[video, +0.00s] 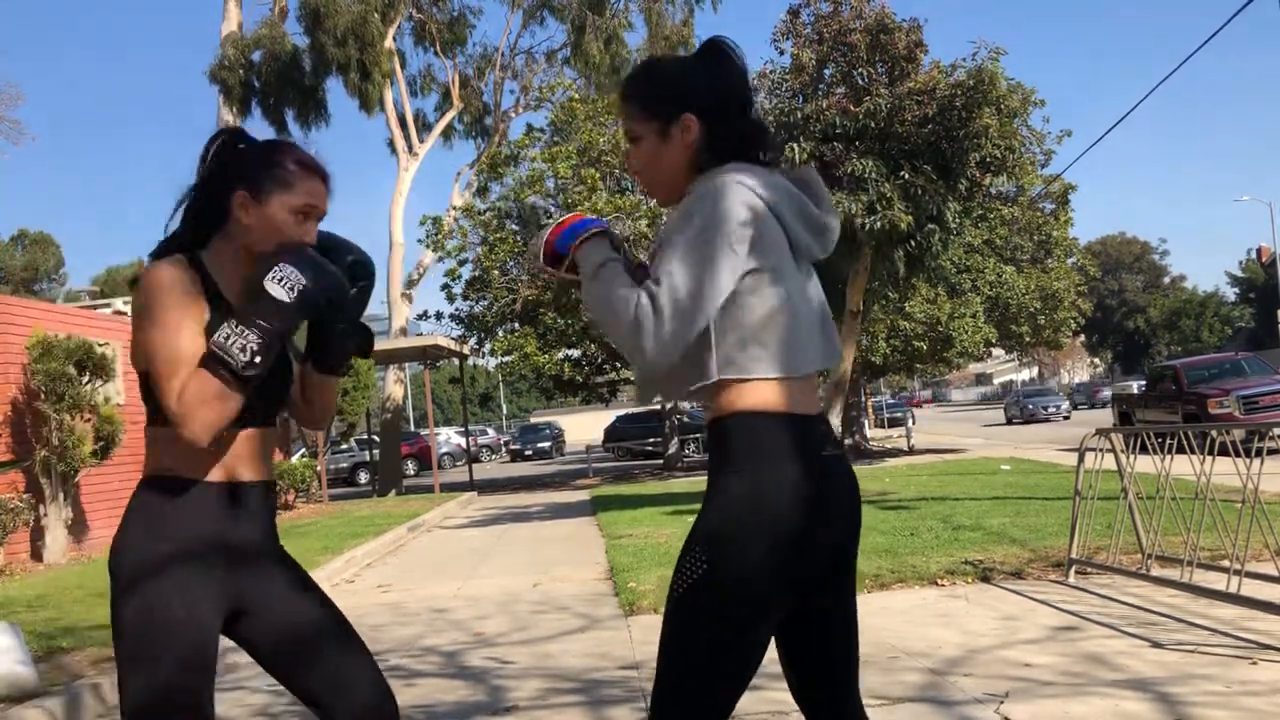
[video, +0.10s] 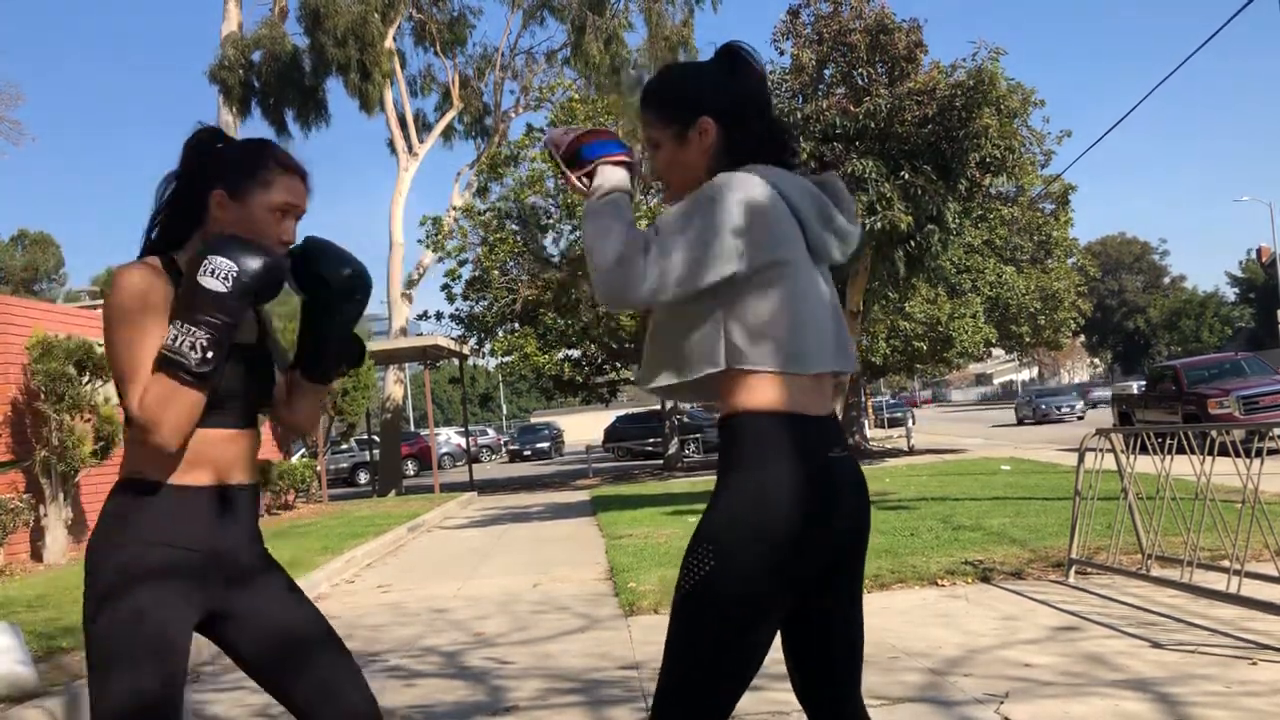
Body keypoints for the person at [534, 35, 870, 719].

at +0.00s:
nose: (627, 162)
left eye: (635, 139)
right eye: (627, 142)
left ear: (686, 131)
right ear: (685, 133)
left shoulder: (721, 198)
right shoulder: (762, 199)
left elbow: (656, 339)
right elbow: (675, 365)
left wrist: (589, 243)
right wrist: (610, 270)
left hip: (758, 478)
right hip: (817, 471)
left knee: (683, 706)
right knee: (834, 703)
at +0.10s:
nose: (649, 165)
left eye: (655, 146)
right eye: (646, 149)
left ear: (705, 135)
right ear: (711, 133)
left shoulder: (735, 199)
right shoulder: (789, 203)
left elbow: (620, 279)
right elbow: (656, 276)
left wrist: (610, 183)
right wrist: (609, 198)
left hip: (764, 480)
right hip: (829, 474)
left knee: (685, 706)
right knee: (836, 702)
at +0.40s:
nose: (638, 172)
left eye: (646, 151)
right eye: (636, 154)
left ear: (692, 137)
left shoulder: (707, 198)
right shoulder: (779, 207)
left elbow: (561, 236)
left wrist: (599, 121)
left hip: (753, 479)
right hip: (828, 473)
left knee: (692, 706)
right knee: (833, 700)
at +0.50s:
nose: (639, 173)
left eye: (643, 153)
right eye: (637, 157)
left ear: (688, 139)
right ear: (695, 138)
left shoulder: (705, 204)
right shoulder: (784, 210)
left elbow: (568, 262)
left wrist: (520, 169)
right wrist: (648, 303)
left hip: (749, 479)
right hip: (827, 475)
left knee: (686, 707)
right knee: (833, 701)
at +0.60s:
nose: (638, 178)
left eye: (643, 158)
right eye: (636, 162)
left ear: (690, 146)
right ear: (700, 145)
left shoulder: (703, 209)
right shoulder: (783, 214)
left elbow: (577, 243)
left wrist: (551, 146)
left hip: (754, 483)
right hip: (835, 479)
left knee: (658, 705)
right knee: (835, 700)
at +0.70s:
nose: (637, 178)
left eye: (642, 159)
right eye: (635, 162)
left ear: (689, 148)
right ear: (695, 148)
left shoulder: (697, 210)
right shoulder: (781, 217)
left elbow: (566, 273)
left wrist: (525, 155)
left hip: (756, 483)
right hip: (836, 480)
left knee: (655, 706)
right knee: (838, 704)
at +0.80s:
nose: (635, 176)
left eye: (640, 156)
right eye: (634, 159)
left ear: (686, 145)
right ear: (691, 144)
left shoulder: (708, 207)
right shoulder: (774, 215)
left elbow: (607, 299)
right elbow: (622, 292)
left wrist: (522, 218)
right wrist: (535, 235)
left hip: (749, 486)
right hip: (818, 483)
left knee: (662, 706)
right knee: (828, 703)